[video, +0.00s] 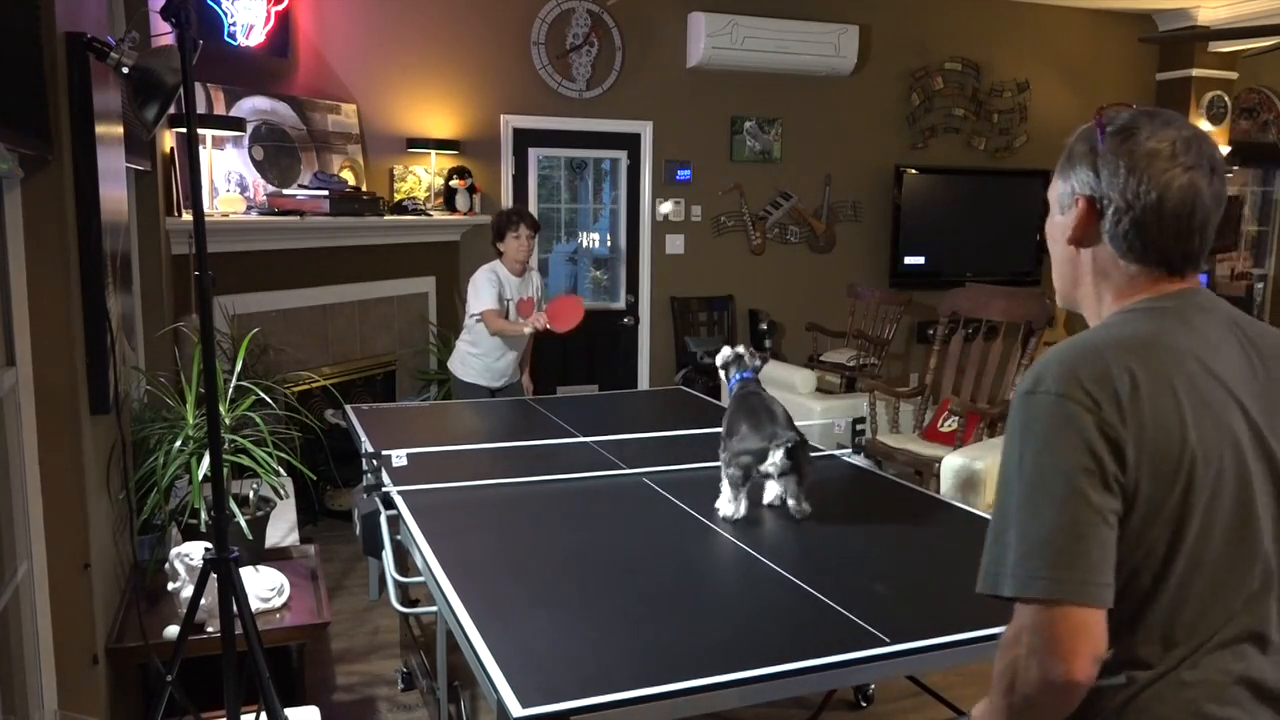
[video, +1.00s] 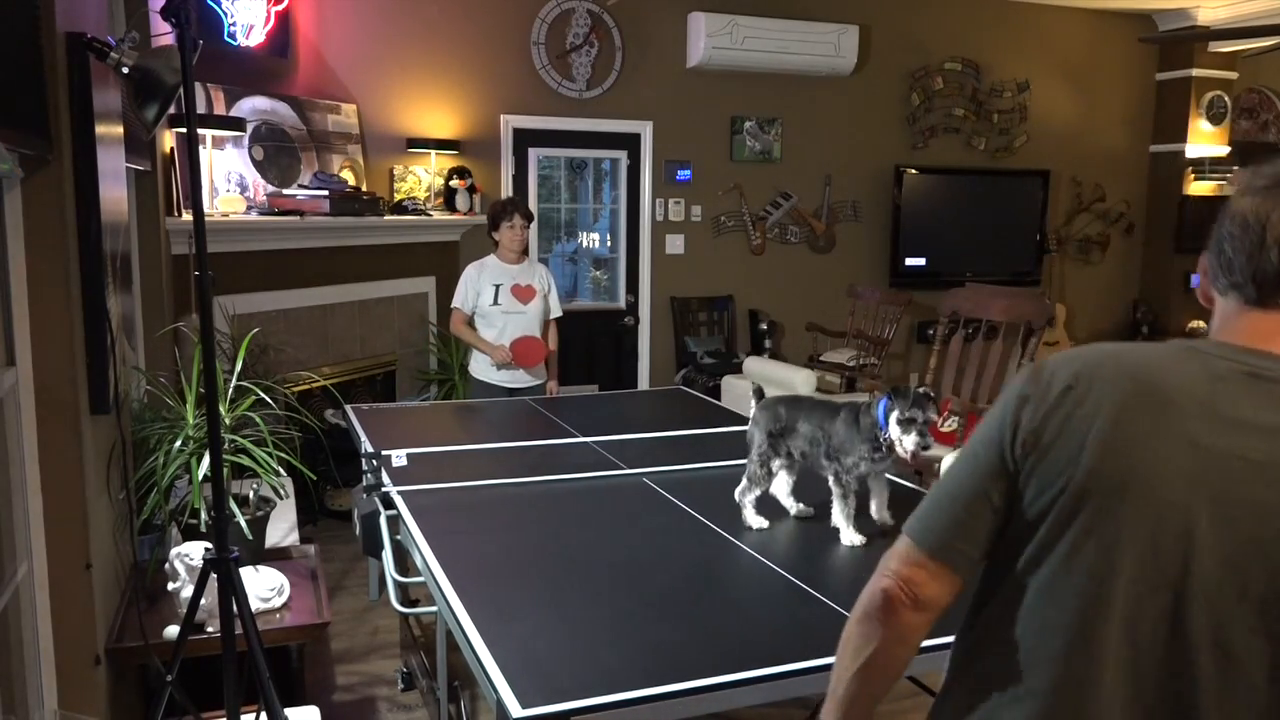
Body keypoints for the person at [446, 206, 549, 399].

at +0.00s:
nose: (525, 244)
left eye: (530, 237)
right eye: (516, 237)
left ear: (535, 241)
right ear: (500, 244)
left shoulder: (534, 279)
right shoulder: (485, 277)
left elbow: (529, 329)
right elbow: (494, 325)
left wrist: (525, 371)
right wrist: (526, 327)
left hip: (509, 374)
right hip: (472, 375)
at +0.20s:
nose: (523, 237)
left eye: (527, 231)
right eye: (514, 231)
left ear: (532, 236)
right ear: (498, 240)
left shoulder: (535, 277)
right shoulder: (483, 274)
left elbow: (536, 329)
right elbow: (479, 330)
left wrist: (534, 372)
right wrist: (518, 343)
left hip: (516, 377)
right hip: (477, 378)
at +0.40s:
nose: (520, 234)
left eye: (525, 228)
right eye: (511, 228)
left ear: (530, 233)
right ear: (496, 236)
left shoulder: (537, 275)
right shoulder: (480, 273)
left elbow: (541, 330)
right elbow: (464, 329)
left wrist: (544, 377)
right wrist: (504, 350)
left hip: (525, 383)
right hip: (483, 384)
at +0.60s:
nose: (520, 233)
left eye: (524, 227)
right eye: (511, 227)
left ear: (529, 231)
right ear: (495, 234)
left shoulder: (538, 273)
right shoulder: (478, 271)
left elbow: (545, 328)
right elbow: (458, 324)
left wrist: (548, 377)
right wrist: (495, 349)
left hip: (530, 382)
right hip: (486, 382)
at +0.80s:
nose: (520, 233)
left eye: (524, 227)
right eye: (511, 227)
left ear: (529, 231)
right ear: (495, 233)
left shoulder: (540, 273)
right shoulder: (476, 272)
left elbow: (549, 326)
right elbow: (457, 324)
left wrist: (551, 377)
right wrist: (493, 350)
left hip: (531, 382)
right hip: (487, 383)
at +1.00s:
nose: (520, 233)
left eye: (524, 227)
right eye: (511, 227)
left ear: (529, 231)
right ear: (495, 233)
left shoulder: (541, 273)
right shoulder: (476, 272)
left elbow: (550, 326)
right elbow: (457, 324)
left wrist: (552, 376)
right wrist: (491, 349)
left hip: (532, 382)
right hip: (488, 383)